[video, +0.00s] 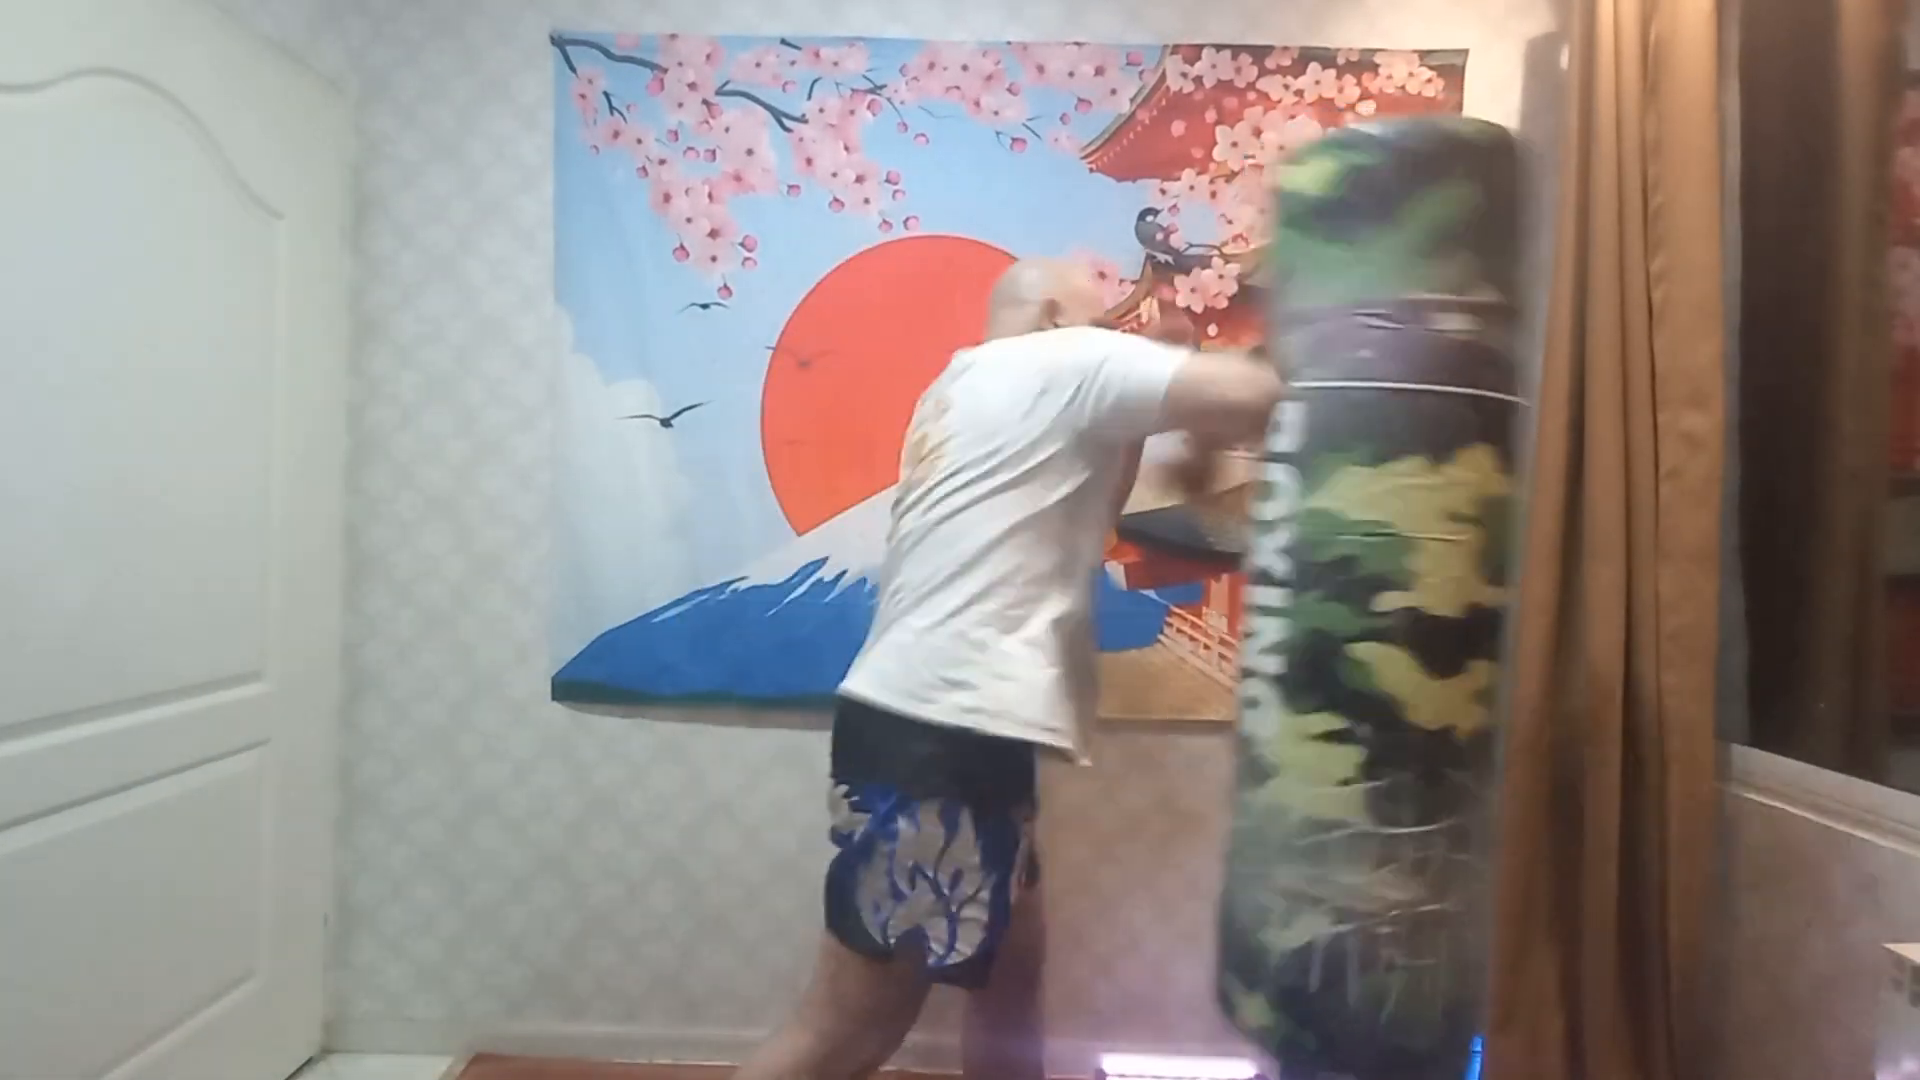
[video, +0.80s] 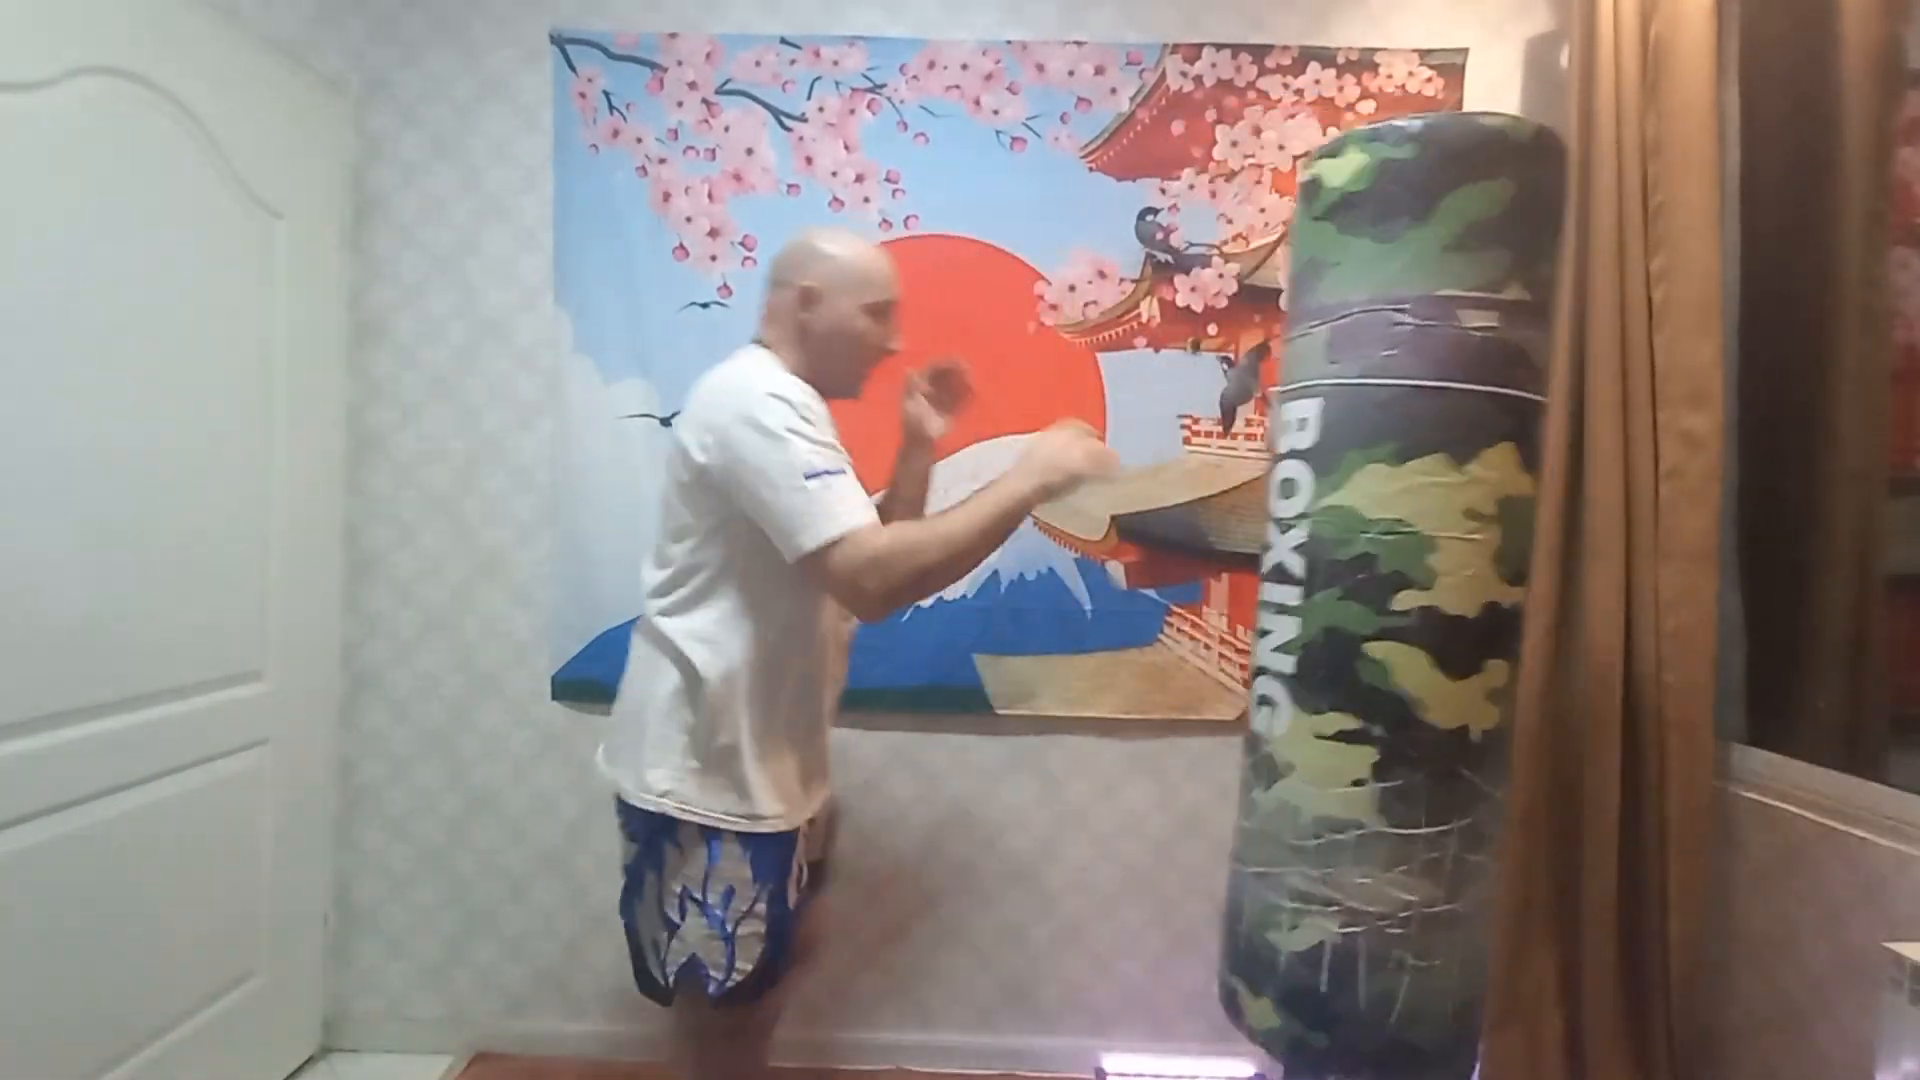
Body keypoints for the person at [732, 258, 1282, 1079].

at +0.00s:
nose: (1111, 305)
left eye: (1104, 292)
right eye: (1094, 292)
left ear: (1015, 316)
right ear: (1052, 307)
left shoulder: (952, 390)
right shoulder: (1072, 363)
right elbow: (1257, 388)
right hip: (941, 731)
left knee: (1008, 988)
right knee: (848, 1028)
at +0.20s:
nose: (1122, 324)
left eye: (1119, 308)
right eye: (1106, 307)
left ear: (1036, 322)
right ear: (1047, 317)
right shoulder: (1017, 382)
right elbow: (1182, 489)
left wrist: (1126, 400)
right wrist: (1198, 418)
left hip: (994, 742)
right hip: (945, 740)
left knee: (1022, 982)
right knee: (908, 1029)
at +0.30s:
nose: (1091, 338)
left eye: (1090, 320)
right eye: (1075, 319)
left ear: (1013, 321)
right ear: (1013, 317)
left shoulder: (998, 399)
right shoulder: (970, 389)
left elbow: (1060, 547)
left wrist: (1099, 426)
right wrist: (1121, 422)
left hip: (989, 744)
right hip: (939, 748)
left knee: (1031, 972)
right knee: (929, 1019)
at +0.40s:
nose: (1044, 364)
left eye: (1045, 342)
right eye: (1033, 340)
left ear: (967, 337)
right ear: (971, 334)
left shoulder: (951, 432)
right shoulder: (914, 426)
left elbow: (982, 601)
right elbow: (935, 614)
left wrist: (1056, 490)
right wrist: (1056, 479)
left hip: (989, 785)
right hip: (917, 793)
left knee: (1047, 985)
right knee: (917, 1048)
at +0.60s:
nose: (988, 349)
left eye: (987, 325)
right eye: (974, 323)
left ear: (906, 321)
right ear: (908, 319)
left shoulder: (874, 424)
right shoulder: (842, 427)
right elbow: (846, 644)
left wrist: (961, 539)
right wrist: (975, 548)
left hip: (865, 791)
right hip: (786, 800)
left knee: (916, 983)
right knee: (766, 1056)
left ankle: (926, 1070)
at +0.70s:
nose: (944, 341)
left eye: (944, 317)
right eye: (928, 316)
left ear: (862, 310)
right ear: (859, 308)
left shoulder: (832, 411)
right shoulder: (797, 413)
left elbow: (866, 541)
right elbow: (861, 615)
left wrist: (943, 486)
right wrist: (985, 498)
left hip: (815, 767)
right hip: (742, 787)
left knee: (861, 945)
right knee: (741, 1048)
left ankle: (818, 1069)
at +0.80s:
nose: (892, 339)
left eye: (892, 315)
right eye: (875, 312)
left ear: (809, 308)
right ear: (802, 304)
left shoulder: (784, 405)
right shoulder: (751, 403)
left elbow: (873, 570)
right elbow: (875, 581)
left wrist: (916, 449)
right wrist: (1032, 476)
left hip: (763, 769)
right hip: (713, 782)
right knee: (721, 1037)